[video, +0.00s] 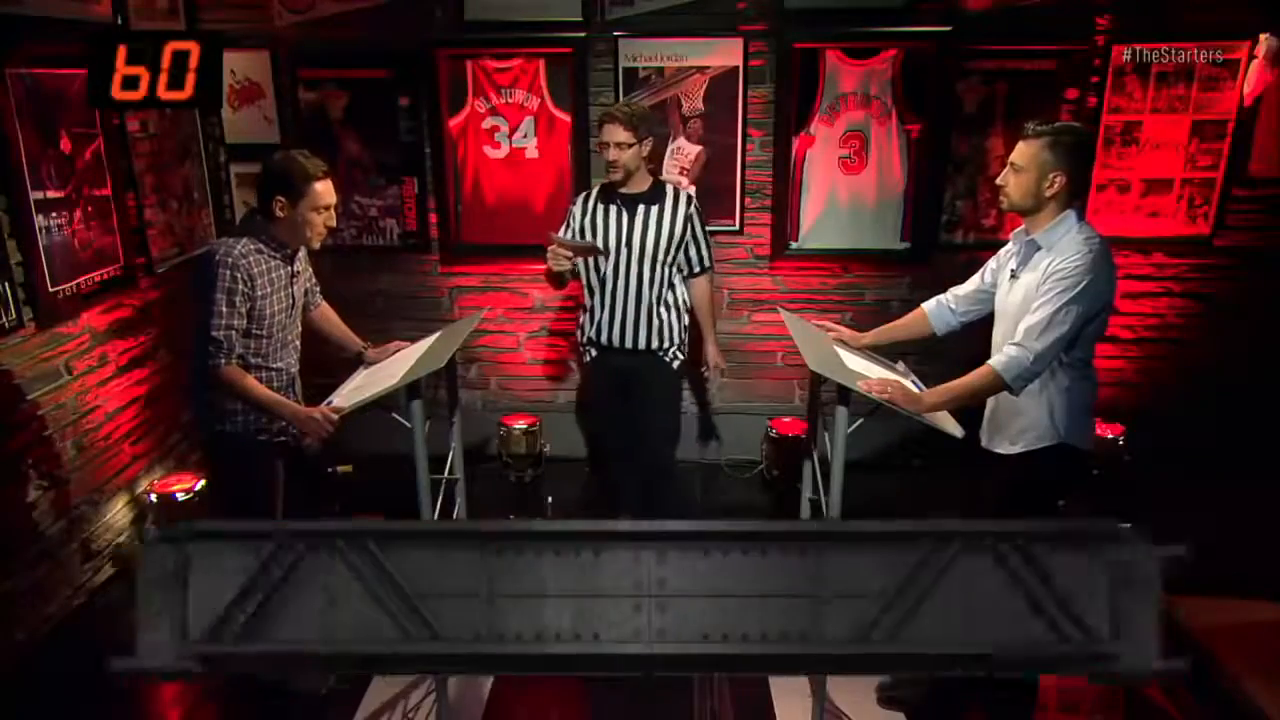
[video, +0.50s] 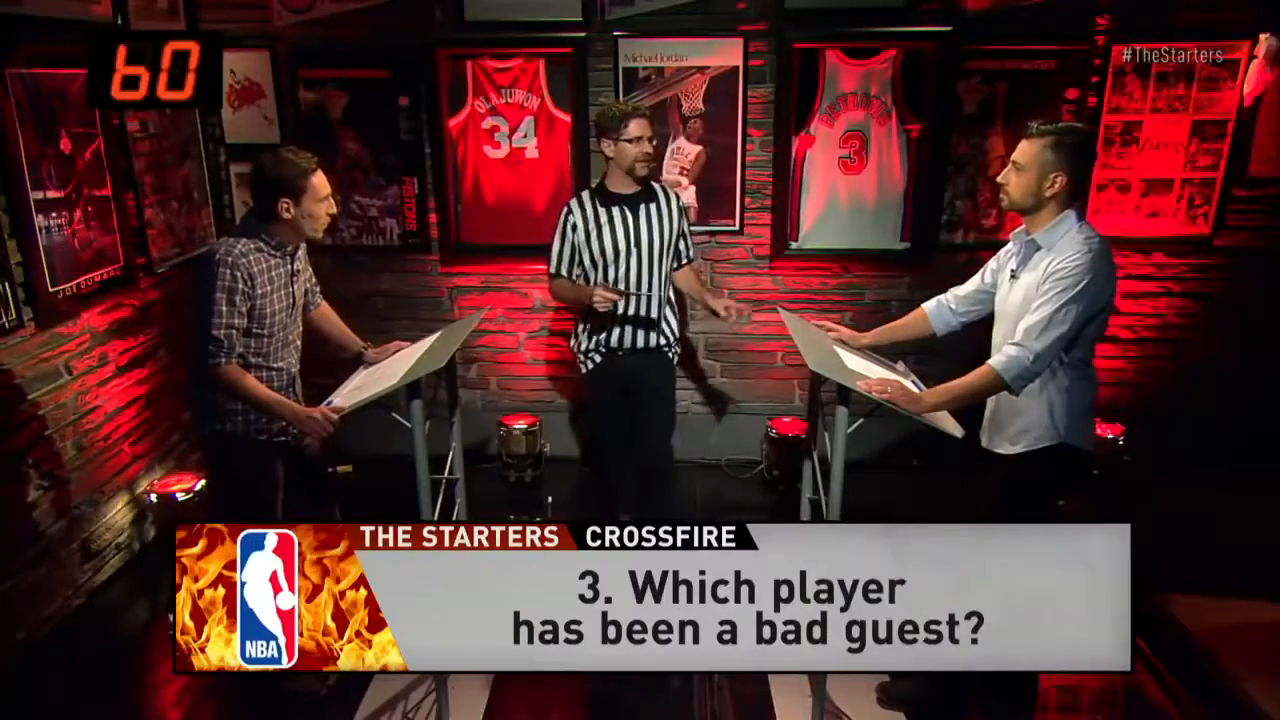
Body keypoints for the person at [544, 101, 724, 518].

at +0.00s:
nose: (611, 157)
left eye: (621, 146)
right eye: (606, 147)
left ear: (647, 147)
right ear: (599, 147)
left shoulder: (680, 204)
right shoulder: (586, 204)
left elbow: (697, 276)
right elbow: (560, 278)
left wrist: (710, 341)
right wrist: (556, 266)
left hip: (659, 357)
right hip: (601, 356)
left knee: (655, 461)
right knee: (606, 462)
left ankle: (658, 550)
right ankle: (608, 550)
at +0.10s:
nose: (615, 157)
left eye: (625, 146)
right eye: (608, 147)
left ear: (646, 147)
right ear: (600, 148)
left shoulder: (678, 203)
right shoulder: (584, 204)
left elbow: (694, 274)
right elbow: (558, 278)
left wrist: (709, 337)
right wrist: (558, 270)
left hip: (658, 355)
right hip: (601, 354)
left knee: (655, 458)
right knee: (606, 459)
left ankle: (657, 542)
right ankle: (610, 540)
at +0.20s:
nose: (630, 155)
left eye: (638, 145)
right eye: (620, 146)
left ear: (648, 149)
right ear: (603, 150)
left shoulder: (676, 203)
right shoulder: (582, 206)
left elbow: (690, 272)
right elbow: (559, 270)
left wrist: (710, 333)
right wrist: (564, 278)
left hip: (658, 352)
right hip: (601, 352)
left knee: (655, 452)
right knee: (607, 453)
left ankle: (657, 534)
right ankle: (612, 532)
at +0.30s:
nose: (644, 152)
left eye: (648, 143)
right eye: (631, 144)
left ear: (653, 145)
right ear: (604, 149)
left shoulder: (674, 203)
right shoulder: (581, 209)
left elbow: (687, 270)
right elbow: (557, 280)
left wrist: (711, 326)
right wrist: (571, 286)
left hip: (657, 354)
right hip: (601, 355)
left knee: (656, 455)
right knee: (607, 457)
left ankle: (656, 536)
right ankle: (610, 537)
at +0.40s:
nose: (647, 150)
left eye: (650, 141)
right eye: (635, 141)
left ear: (654, 144)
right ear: (606, 148)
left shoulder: (671, 202)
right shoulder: (581, 209)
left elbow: (684, 267)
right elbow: (558, 282)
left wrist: (712, 312)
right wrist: (580, 294)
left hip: (658, 354)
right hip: (603, 355)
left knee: (656, 454)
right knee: (608, 456)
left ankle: (655, 533)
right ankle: (610, 534)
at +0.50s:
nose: (648, 149)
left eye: (651, 140)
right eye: (636, 141)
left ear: (654, 144)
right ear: (607, 147)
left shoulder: (669, 202)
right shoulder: (580, 210)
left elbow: (681, 267)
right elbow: (558, 284)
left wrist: (707, 296)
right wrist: (588, 296)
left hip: (657, 355)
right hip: (603, 356)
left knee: (656, 456)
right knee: (608, 457)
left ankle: (657, 536)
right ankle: (610, 535)